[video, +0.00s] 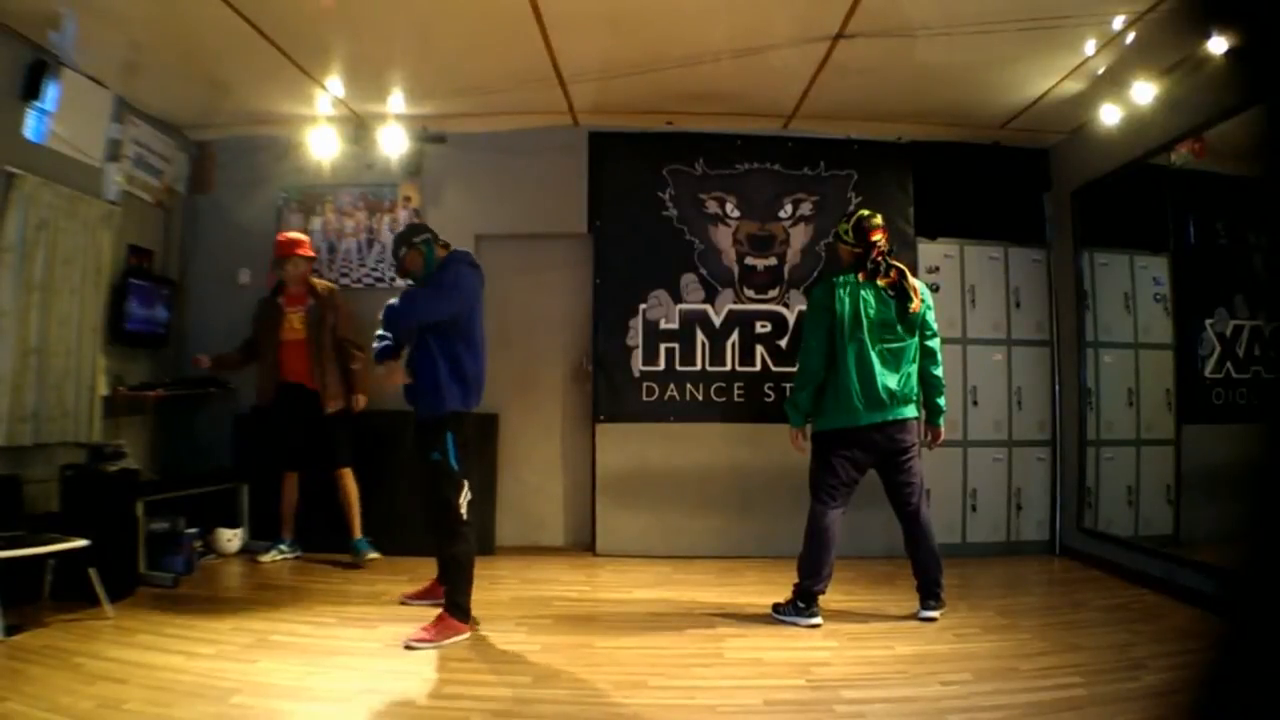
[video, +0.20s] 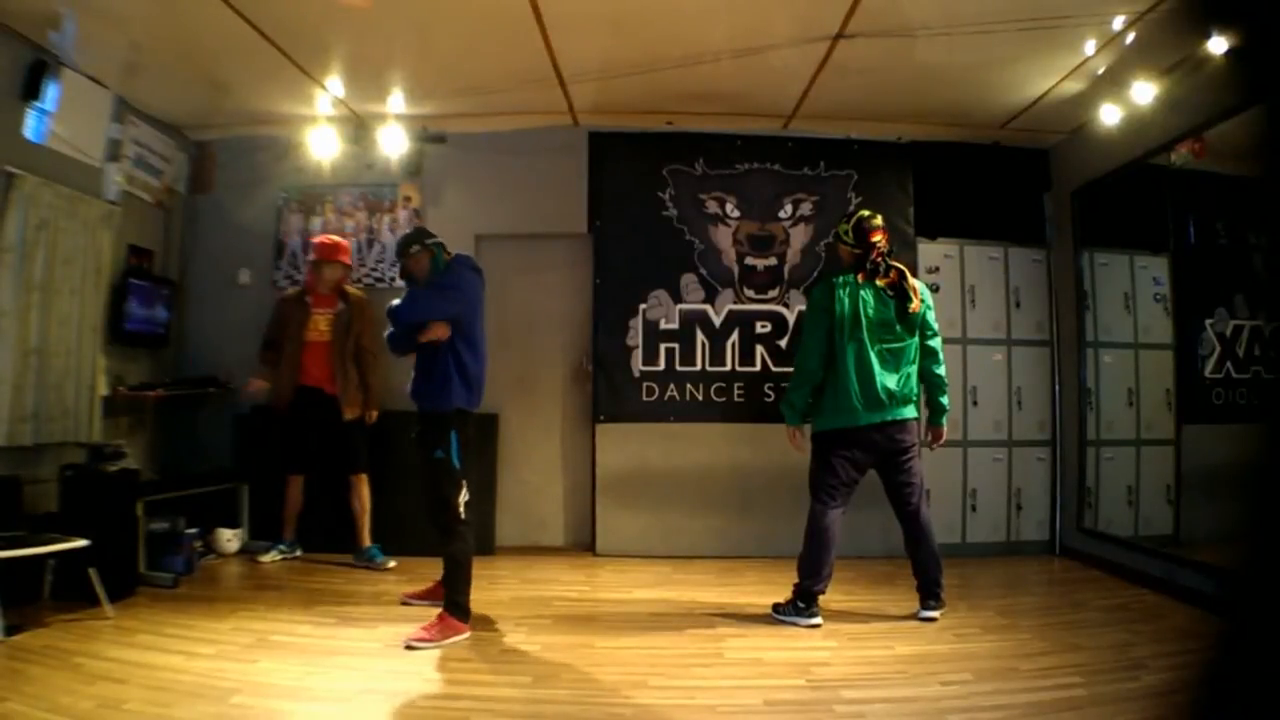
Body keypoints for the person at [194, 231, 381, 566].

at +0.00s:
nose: (301, 267)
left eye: (305, 261)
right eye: (294, 261)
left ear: (312, 263)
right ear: (280, 266)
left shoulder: (329, 297)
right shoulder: (269, 305)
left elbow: (349, 345)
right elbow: (254, 349)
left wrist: (357, 387)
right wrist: (216, 363)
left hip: (326, 395)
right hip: (285, 394)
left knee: (341, 466)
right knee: (288, 469)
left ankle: (358, 539)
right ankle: (286, 540)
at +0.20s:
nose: (335, 272)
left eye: (339, 266)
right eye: (329, 265)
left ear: (347, 269)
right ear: (315, 266)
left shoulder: (357, 305)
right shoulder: (290, 303)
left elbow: (367, 353)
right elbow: (273, 346)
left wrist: (371, 399)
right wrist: (267, 376)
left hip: (344, 399)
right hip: (301, 395)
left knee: (357, 471)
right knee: (295, 470)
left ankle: (365, 545)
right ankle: (288, 541)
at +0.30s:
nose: (363, 276)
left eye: (366, 271)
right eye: (358, 270)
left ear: (368, 275)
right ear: (339, 269)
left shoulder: (374, 310)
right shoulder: (308, 304)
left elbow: (381, 358)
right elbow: (294, 352)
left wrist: (382, 405)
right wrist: (303, 394)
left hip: (359, 402)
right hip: (317, 399)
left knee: (371, 474)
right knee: (301, 471)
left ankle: (366, 545)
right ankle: (288, 539)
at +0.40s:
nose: (384, 281)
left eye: (387, 274)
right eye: (380, 273)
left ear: (388, 279)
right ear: (363, 272)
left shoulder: (389, 313)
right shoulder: (331, 305)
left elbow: (392, 363)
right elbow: (324, 359)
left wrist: (397, 409)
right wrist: (340, 405)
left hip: (377, 403)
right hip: (339, 400)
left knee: (384, 475)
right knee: (318, 470)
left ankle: (367, 545)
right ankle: (290, 534)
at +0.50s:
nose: (397, 279)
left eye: (401, 273)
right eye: (393, 272)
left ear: (406, 276)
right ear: (380, 271)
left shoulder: (406, 306)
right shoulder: (353, 300)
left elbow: (408, 354)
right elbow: (348, 357)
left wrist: (409, 396)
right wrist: (368, 401)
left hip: (395, 398)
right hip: (360, 396)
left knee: (391, 475)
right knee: (353, 473)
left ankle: (369, 546)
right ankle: (312, 532)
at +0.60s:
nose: (412, 279)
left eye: (413, 269)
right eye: (408, 272)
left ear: (427, 256)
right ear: (425, 258)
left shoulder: (460, 278)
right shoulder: (449, 282)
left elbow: (418, 340)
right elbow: (411, 344)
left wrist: (417, 330)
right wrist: (433, 333)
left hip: (451, 407)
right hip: (435, 406)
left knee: (453, 507)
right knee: (440, 499)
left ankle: (457, 613)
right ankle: (448, 583)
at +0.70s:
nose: (412, 277)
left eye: (415, 266)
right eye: (408, 269)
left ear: (431, 255)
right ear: (423, 260)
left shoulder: (461, 277)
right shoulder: (450, 280)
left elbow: (420, 336)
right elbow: (406, 341)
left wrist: (413, 332)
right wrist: (433, 333)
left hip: (451, 408)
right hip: (436, 407)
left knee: (451, 510)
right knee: (441, 504)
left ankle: (456, 614)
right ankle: (448, 585)